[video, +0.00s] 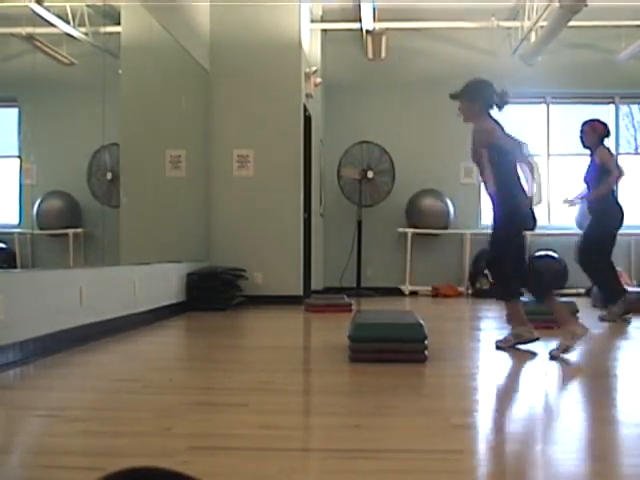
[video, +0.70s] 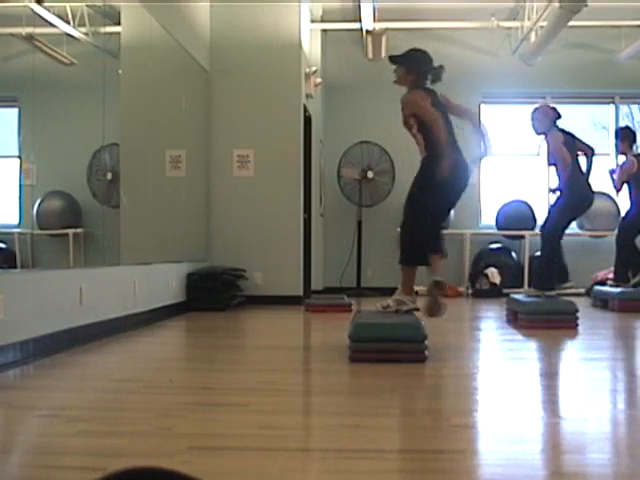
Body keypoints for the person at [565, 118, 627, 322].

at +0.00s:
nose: (582, 137)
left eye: (586, 133)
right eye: (582, 133)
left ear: (597, 135)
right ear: (591, 135)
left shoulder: (602, 152)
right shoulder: (597, 155)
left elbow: (616, 173)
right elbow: (598, 183)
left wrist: (595, 194)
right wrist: (579, 198)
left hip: (606, 211)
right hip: (602, 211)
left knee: (586, 254)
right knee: (600, 256)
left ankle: (616, 297)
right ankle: (615, 297)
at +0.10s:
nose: (578, 132)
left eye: (582, 129)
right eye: (578, 129)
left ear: (594, 130)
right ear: (586, 132)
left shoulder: (600, 149)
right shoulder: (589, 153)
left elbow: (598, 167)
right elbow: (581, 174)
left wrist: (575, 172)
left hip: (601, 210)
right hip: (600, 210)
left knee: (567, 237)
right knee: (605, 258)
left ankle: (591, 282)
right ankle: (618, 307)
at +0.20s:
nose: (572, 133)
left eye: (576, 130)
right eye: (572, 130)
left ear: (587, 131)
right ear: (582, 133)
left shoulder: (594, 150)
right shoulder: (585, 152)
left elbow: (568, 162)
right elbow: (562, 162)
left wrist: (541, 155)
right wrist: (543, 155)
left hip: (598, 211)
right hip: (594, 209)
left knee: (556, 231)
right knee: (605, 260)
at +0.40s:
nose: (554, 133)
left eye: (557, 129)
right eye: (554, 129)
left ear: (567, 129)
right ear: (569, 130)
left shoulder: (572, 149)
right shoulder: (573, 149)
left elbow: (548, 162)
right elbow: (549, 161)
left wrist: (531, 159)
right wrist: (533, 158)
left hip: (581, 208)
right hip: (590, 208)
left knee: (547, 235)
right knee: (593, 257)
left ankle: (541, 287)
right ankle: (614, 302)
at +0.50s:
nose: (546, 125)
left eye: (549, 122)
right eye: (546, 122)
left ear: (560, 123)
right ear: (560, 123)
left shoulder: (565, 141)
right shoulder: (563, 143)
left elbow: (551, 163)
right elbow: (564, 167)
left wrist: (536, 173)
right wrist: (550, 174)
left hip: (578, 201)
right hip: (580, 200)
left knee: (546, 237)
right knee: (572, 246)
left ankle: (542, 286)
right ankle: (597, 287)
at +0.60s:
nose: (537, 123)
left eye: (540, 119)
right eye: (537, 119)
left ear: (551, 119)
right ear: (555, 120)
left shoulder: (556, 136)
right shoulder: (564, 136)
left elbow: (556, 161)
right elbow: (582, 154)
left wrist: (547, 180)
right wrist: (570, 176)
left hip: (575, 195)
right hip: (581, 193)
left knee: (549, 234)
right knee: (554, 235)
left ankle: (542, 285)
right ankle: (580, 279)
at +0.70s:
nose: (533, 125)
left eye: (535, 120)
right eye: (533, 120)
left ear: (546, 120)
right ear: (550, 120)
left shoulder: (553, 138)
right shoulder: (563, 135)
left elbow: (566, 162)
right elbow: (589, 151)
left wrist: (561, 187)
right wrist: (586, 176)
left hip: (573, 194)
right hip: (582, 193)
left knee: (547, 232)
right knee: (550, 231)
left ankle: (545, 282)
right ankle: (559, 275)